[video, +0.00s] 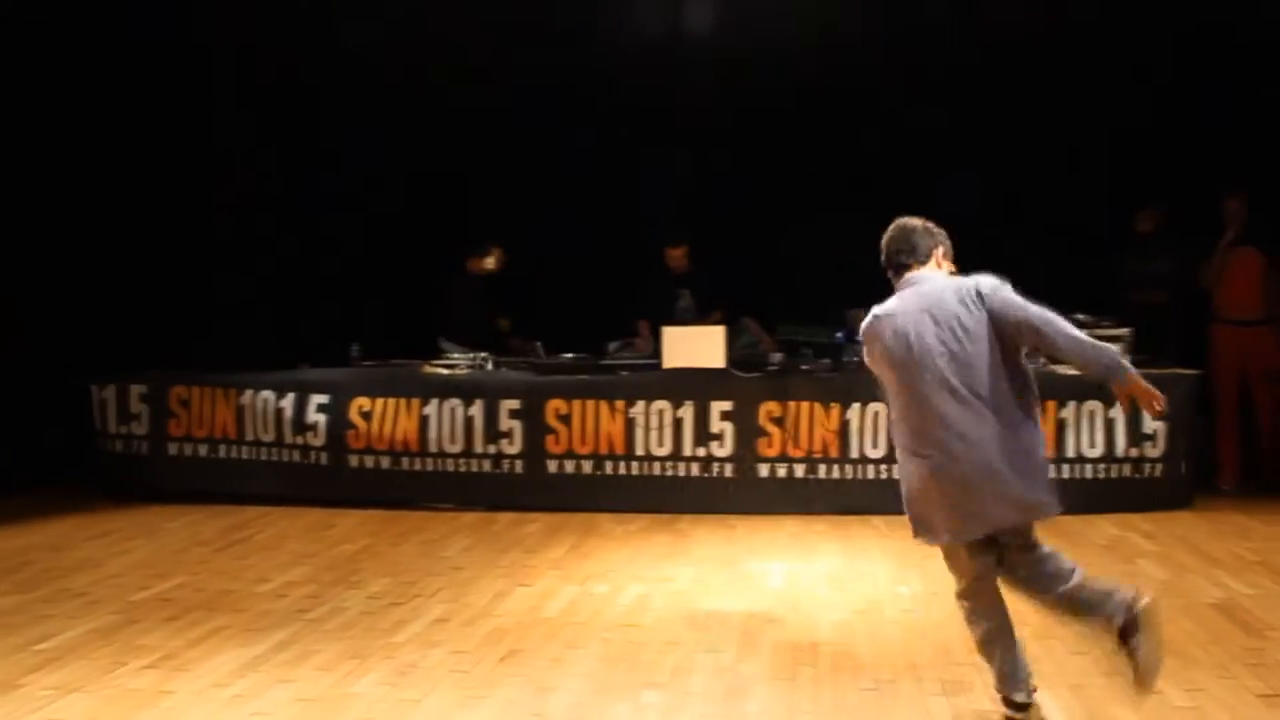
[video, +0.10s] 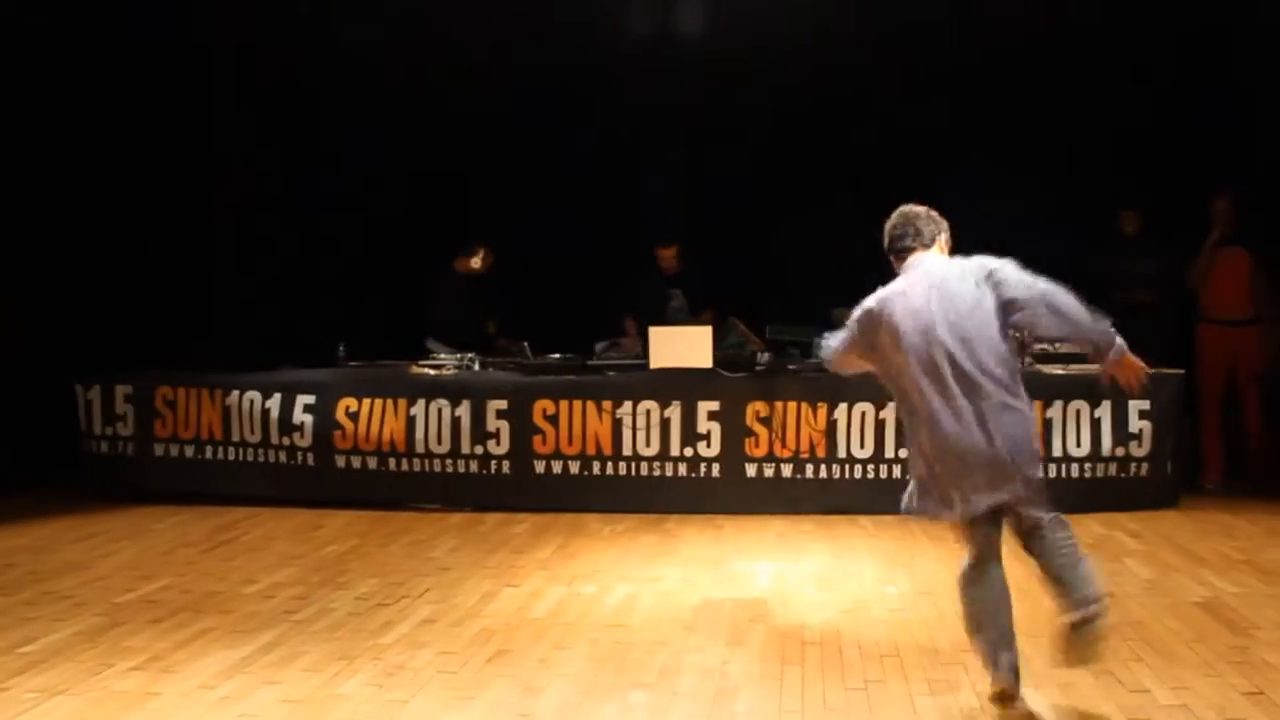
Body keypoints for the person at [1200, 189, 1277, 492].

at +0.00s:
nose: (1234, 218)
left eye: (1238, 213)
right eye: (1230, 213)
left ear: (1248, 215)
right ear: (1225, 216)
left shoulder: (1260, 247)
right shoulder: (1221, 249)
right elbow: (1209, 281)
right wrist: (1225, 243)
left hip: (1260, 330)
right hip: (1226, 331)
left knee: (1265, 402)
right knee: (1226, 402)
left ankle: (1269, 472)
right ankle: (1228, 472)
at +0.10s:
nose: (1222, 221)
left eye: (1226, 214)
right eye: (1218, 215)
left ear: (1235, 217)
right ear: (1212, 218)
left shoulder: (1247, 250)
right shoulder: (1207, 251)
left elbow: (1259, 293)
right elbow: (1195, 282)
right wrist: (1210, 243)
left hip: (1247, 329)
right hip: (1213, 330)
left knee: (1251, 397)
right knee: (1211, 399)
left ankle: (1256, 468)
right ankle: (1212, 470)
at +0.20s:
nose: (1222, 220)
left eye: (1227, 214)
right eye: (1218, 214)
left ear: (1236, 217)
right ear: (1212, 218)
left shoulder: (1249, 250)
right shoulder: (1207, 251)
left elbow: (1261, 294)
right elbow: (1195, 282)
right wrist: (1211, 242)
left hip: (1248, 329)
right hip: (1213, 330)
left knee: (1249, 399)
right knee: (1210, 400)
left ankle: (1252, 469)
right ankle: (1210, 471)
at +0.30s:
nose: (1228, 221)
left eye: (1233, 215)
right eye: (1224, 215)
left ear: (1242, 218)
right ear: (1218, 219)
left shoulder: (1253, 251)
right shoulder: (1211, 252)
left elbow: (1265, 294)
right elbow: (1199, 281)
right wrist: (1215, 243)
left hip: (1250, 330)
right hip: (1215, 330)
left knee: (1250, 399)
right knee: (1212, 400)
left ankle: (1253, 471)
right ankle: (1211, 471)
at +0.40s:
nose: (1235, 221)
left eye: (1239, 214)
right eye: (1231, 215)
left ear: (1248, 217)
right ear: (1226, 218)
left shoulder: (1259, 250)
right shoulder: (1219, 250)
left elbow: (1269, 294)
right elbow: (1205, 280)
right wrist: (1221, 241)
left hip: (1254, 332)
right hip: (1220, 331)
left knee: (1253, 402)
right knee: (1214, 402)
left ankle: (1252, 472)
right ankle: (1210, 472)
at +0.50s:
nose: (1239, 220)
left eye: (1243, 214)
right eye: (1236, 214)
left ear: (1253, 217)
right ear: (1231, 218)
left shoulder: (1261, 250)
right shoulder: (1223, 249)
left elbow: (1270, 293)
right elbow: (1209, 279)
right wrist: (1229, 239)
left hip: (1256, 331)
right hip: (1222, 331)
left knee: (1254, 403)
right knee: (1215, 403)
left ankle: (1253, 473)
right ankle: (1210, 473)